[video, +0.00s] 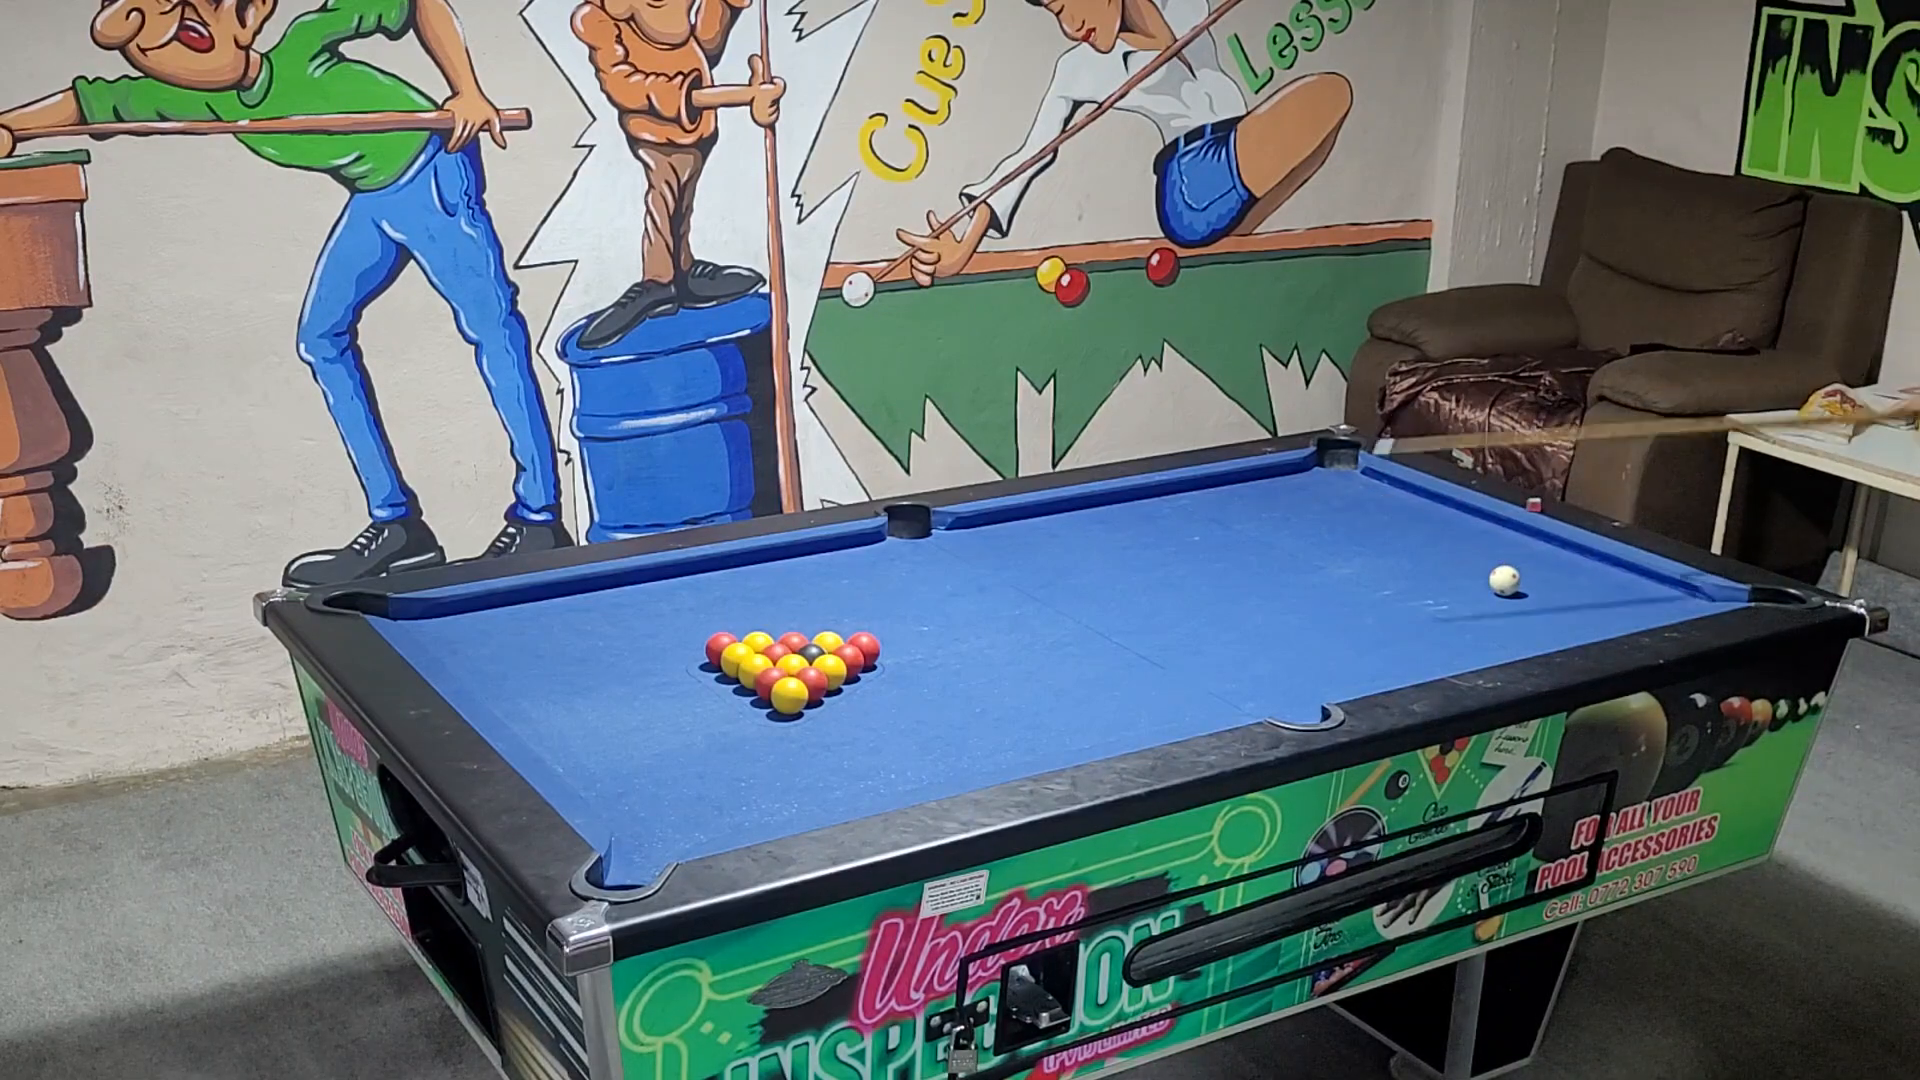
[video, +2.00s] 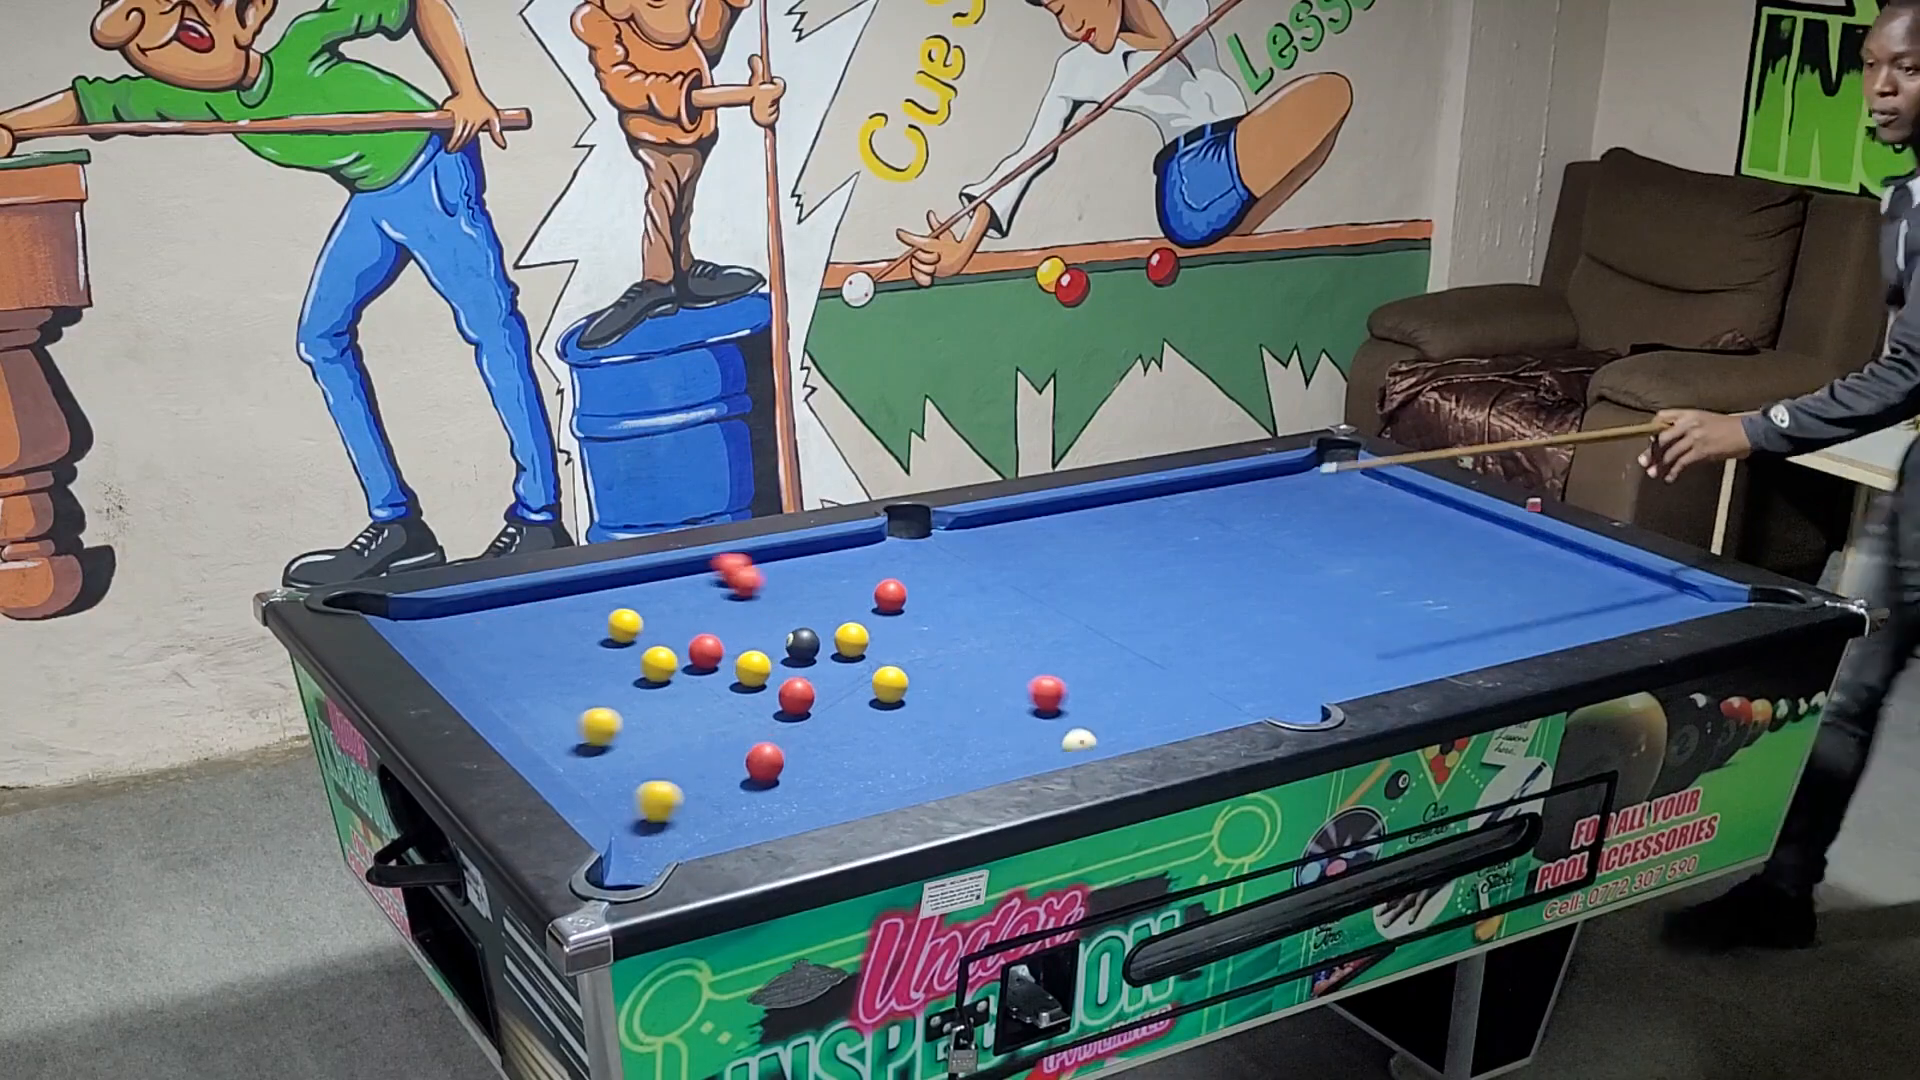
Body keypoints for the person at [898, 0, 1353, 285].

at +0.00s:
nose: (1070, 24)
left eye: (1070, 5)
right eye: (1057, 16)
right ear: (1056, 18)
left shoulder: (1175, 10)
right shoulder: (1077, 69)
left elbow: (1200, 58)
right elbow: (1028, 157)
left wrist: (1138, 14)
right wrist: (963, 246)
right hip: (1191, 185)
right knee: (1330, 91)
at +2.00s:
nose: (1069, 23)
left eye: (1071, 4)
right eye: (1056, 15)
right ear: (1055, 18)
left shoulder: (1173, 10)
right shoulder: (1075, 69)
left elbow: (1196, 56)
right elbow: (1028, 156)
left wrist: (1141, 15)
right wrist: (964, 245)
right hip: (1194, 173)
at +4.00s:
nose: (1069, 24)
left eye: (1070, 5)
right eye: (1056, 15)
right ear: (1056, 18)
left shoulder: (1176, 10)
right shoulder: (1076, 69)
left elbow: (1196, 59)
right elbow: (1028, 157)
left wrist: (1139, 14)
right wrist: (963, 247)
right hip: (1191, 184)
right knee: (1331, 91)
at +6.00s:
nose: (1069, 23)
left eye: (1071, 4)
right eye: (1056, 15)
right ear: (1055, 18)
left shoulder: (1176, 10)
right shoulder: (1076, 68)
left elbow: (1196, 60)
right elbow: (1029, 156)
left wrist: (1139, 10)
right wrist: (964, 245)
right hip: (1195, 182)